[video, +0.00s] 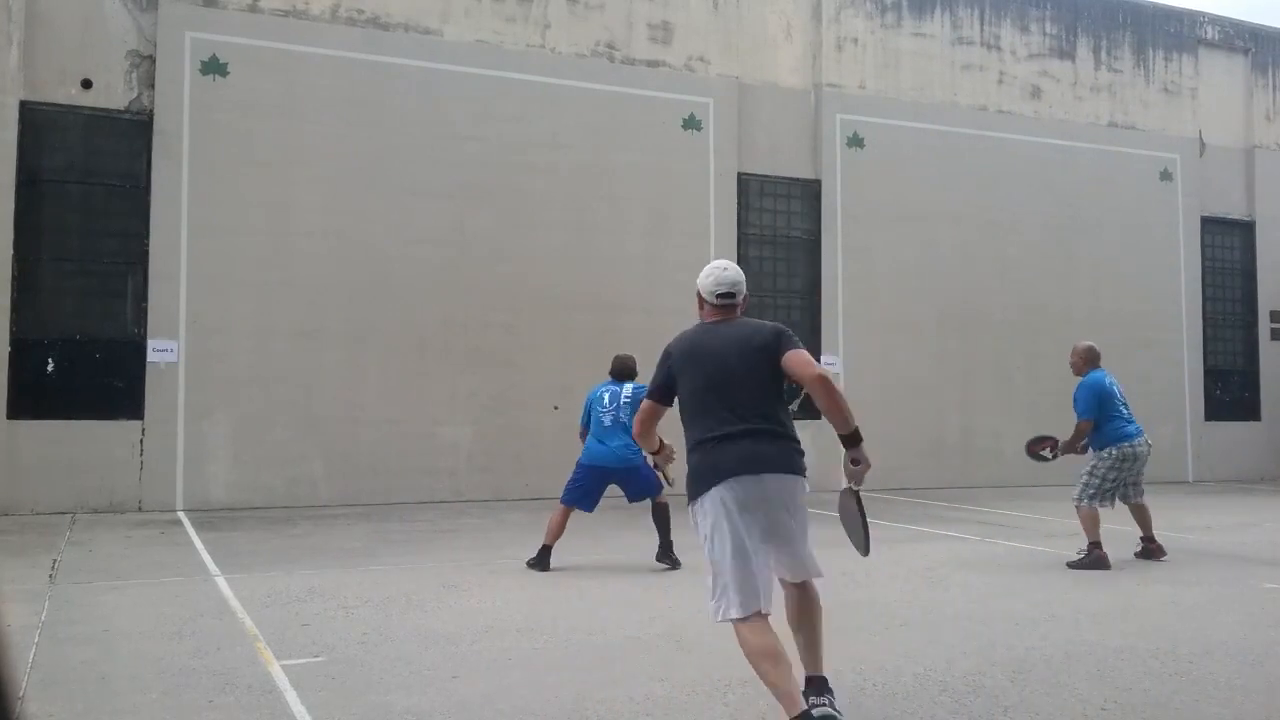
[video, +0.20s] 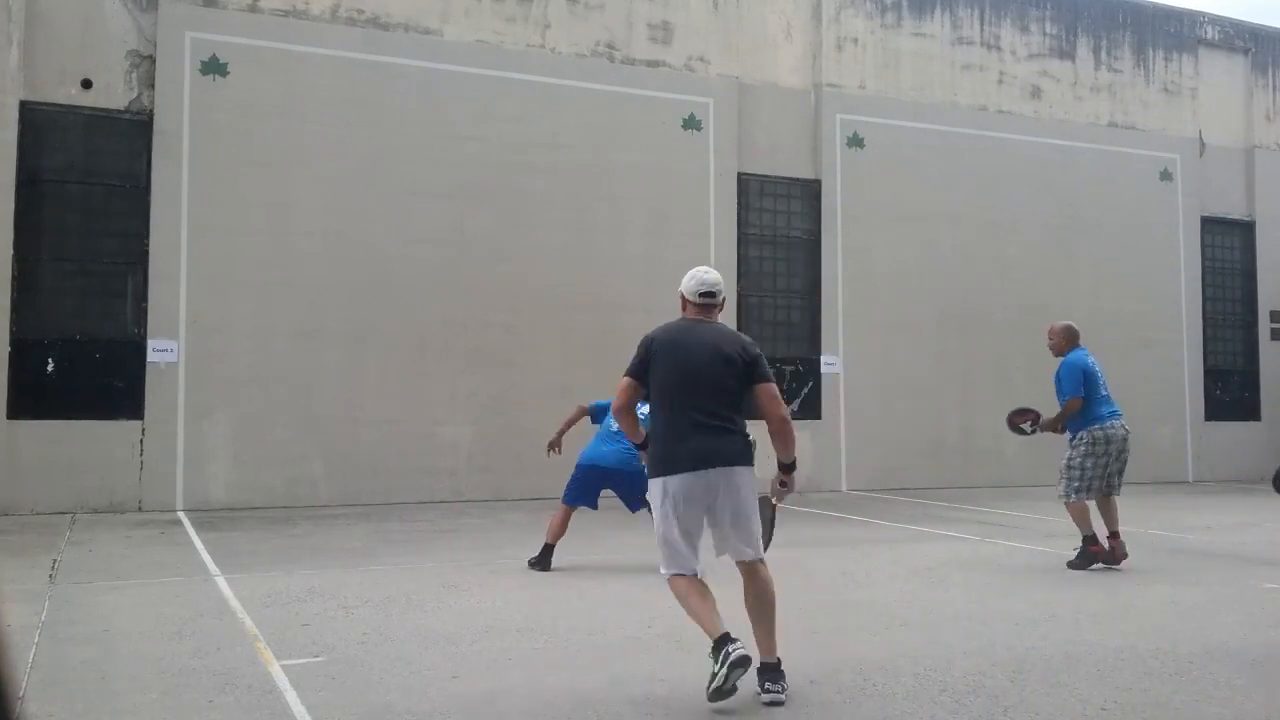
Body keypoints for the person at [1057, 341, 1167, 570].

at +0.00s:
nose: (1070, 362)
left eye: (1073, 358)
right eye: (1071, 358)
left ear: (1083, 361)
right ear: (1091, 361)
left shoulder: (1088, 385)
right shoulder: (1106, 378)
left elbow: (1084, 426)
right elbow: (1108, 421)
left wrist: (1068, 445)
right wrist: (1086, 445)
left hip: (1118, 449)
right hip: (1138, 444)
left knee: (1084, 497)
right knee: (1131, 494)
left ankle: (1095, 552)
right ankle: (1151, 544)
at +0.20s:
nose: (1048, 344)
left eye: (1052, 339)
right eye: (1048, 339)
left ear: (1066, 341)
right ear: (1071, 340)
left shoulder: (1070, 364)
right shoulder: (1086, 358)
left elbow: (1074, 402)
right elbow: (1088, 404)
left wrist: (1054, 421)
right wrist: (1064, 423)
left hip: (1094, 433)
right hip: (1116, 429)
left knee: (1070, 491)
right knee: (1103, 490)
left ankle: (1091, 545)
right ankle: (1116, 545)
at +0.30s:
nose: (1040, 346)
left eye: (1044, 341)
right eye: (1040, 341)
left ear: (1058, 342)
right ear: (1062, 342)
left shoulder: (1064, 365)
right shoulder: (1079, 361)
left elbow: (1070, 404)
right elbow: (1080, 408)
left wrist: (1045, 421)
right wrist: (1054, 425)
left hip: (1082, 435)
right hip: (1104, 433)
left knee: (1052, 490)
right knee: (1087, 494)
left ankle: (1068, 549)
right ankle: (1100, 551)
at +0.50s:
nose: (1019, 358)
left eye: (1022, 354)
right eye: (1020, 354)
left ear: (1035, 357)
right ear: (1044, 356)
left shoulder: (1042, 377)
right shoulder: (1058, 375)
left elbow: (1040, 418)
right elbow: (1057, 421)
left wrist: (1017, 436)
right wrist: (1030, 441)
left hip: (1063, 446)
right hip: (1085, 446)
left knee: (1028, 503)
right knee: (1061, 501)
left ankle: (1040, 561)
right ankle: (1091, 550)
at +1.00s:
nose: (1000, 363)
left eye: (1001, 358)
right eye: (999, 358)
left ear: (1009, 356)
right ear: (1021, 352)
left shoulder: (1016, 374)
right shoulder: (1044, 367)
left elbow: (1020, 415)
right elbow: (1053, 410)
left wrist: (1011, 436)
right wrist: (1030, 440)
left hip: (1048, 440)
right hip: (1072, 436)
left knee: (1030, 502)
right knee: (1072, 500)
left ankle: (1040, 560)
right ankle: (1088, 555)